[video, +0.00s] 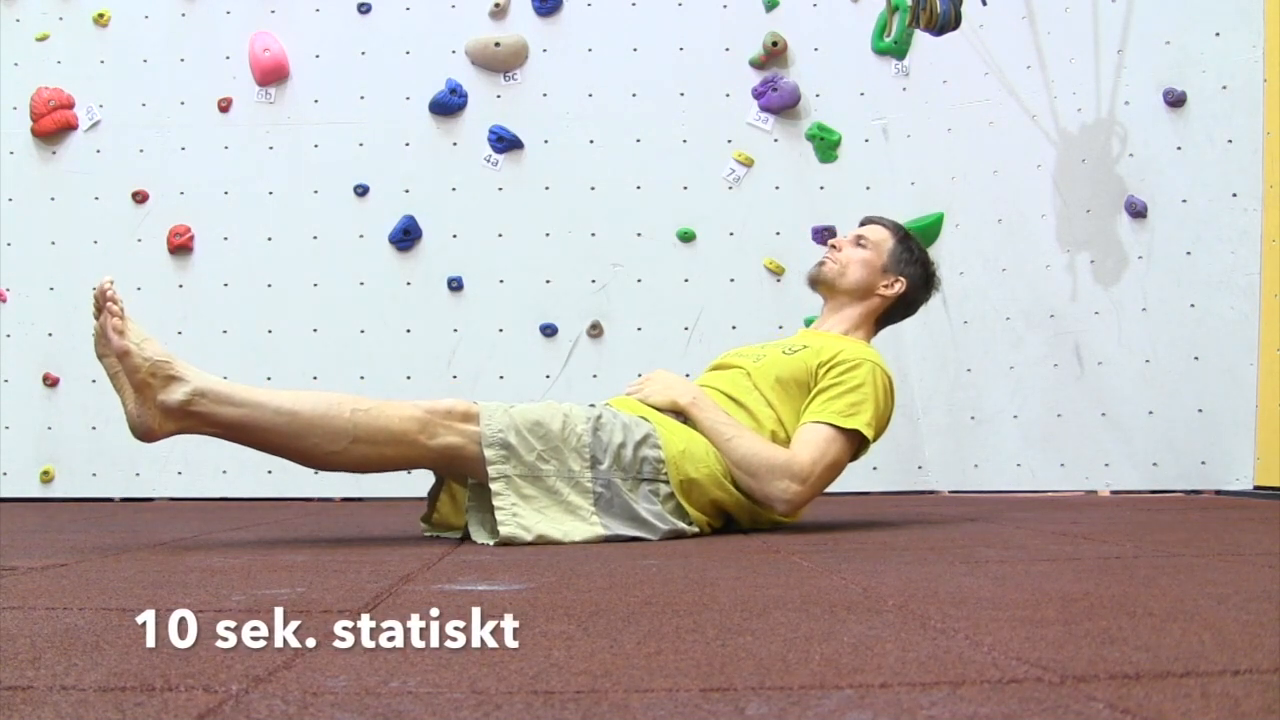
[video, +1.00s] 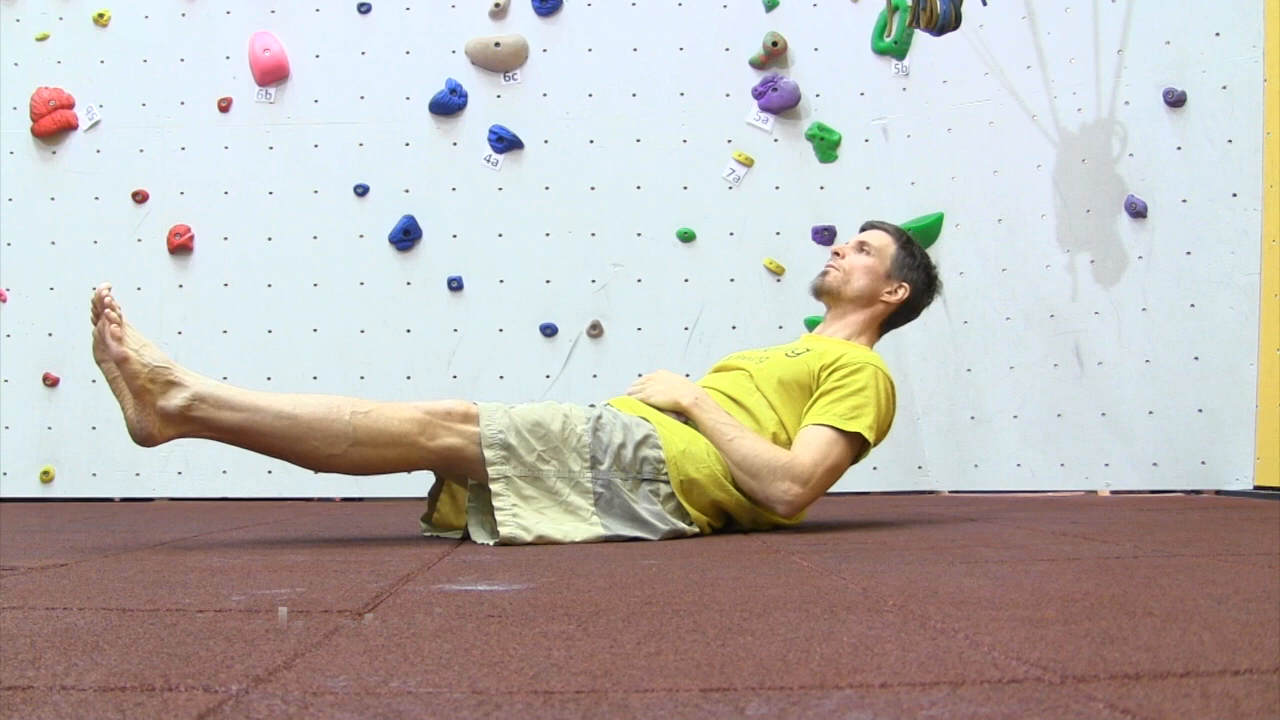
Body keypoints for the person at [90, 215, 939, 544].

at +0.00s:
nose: (833, 242)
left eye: (857, 242)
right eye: (843, 235)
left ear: (887, 286)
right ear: (847, 273)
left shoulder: (858, 367)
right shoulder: (795, 352)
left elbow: (789, 489)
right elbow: (745, 462)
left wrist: (694, 399)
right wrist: (672, 403)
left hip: (662, 459)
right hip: (640, 444)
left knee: (443, 427)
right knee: (432, 429)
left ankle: (178, 398)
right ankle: (180, 399)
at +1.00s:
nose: (838, 250)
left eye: (862, 249)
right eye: (847, 242)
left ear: (892, 294)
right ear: (851, 278)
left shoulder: (860, 371)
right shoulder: (800, 356)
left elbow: (791, 489)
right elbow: (751, 466)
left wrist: (697, 400)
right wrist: (674, 405)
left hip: (658, 460)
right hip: (639, 447)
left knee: (435, 427)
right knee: (422, 432)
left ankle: (176, 403)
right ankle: (177, 404)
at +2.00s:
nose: (845, 254)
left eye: (868, 254)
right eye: (855, 246)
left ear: (896, 300)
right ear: (860, 284)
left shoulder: (864, 376)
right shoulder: (804, 358)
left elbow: (791, 492)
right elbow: (750, 466)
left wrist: (700, 403)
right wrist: (676, 407)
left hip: (659, 460)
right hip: (639, 445)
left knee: (441, 428)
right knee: (430, 428)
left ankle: (178, 400)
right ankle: (179, 401)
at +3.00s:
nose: (848, 260)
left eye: (873, 259)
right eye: (857, 250)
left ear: (900, 306)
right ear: (863, 290)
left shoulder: (866, 380)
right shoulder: (809, 363)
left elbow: (792, 494)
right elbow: (758, 476)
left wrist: (699, 402)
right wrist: (678, 409)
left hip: (656, 460)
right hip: (640, 447)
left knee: (441, 431)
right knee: (429, 430)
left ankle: (175, 412)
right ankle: (177, 413)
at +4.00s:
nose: (848, 265)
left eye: (871, 264)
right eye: (858, 255)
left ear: (900, 311)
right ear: (871, 299)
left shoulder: (867, 384)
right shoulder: (812, 367)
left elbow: (795, 494)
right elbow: (758, 475)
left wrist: (701, 403)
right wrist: (677, 408)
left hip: (655, 461)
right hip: (639, 447)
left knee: (443, 427)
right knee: (435, 424)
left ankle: (177, 405)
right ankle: (179, 406)